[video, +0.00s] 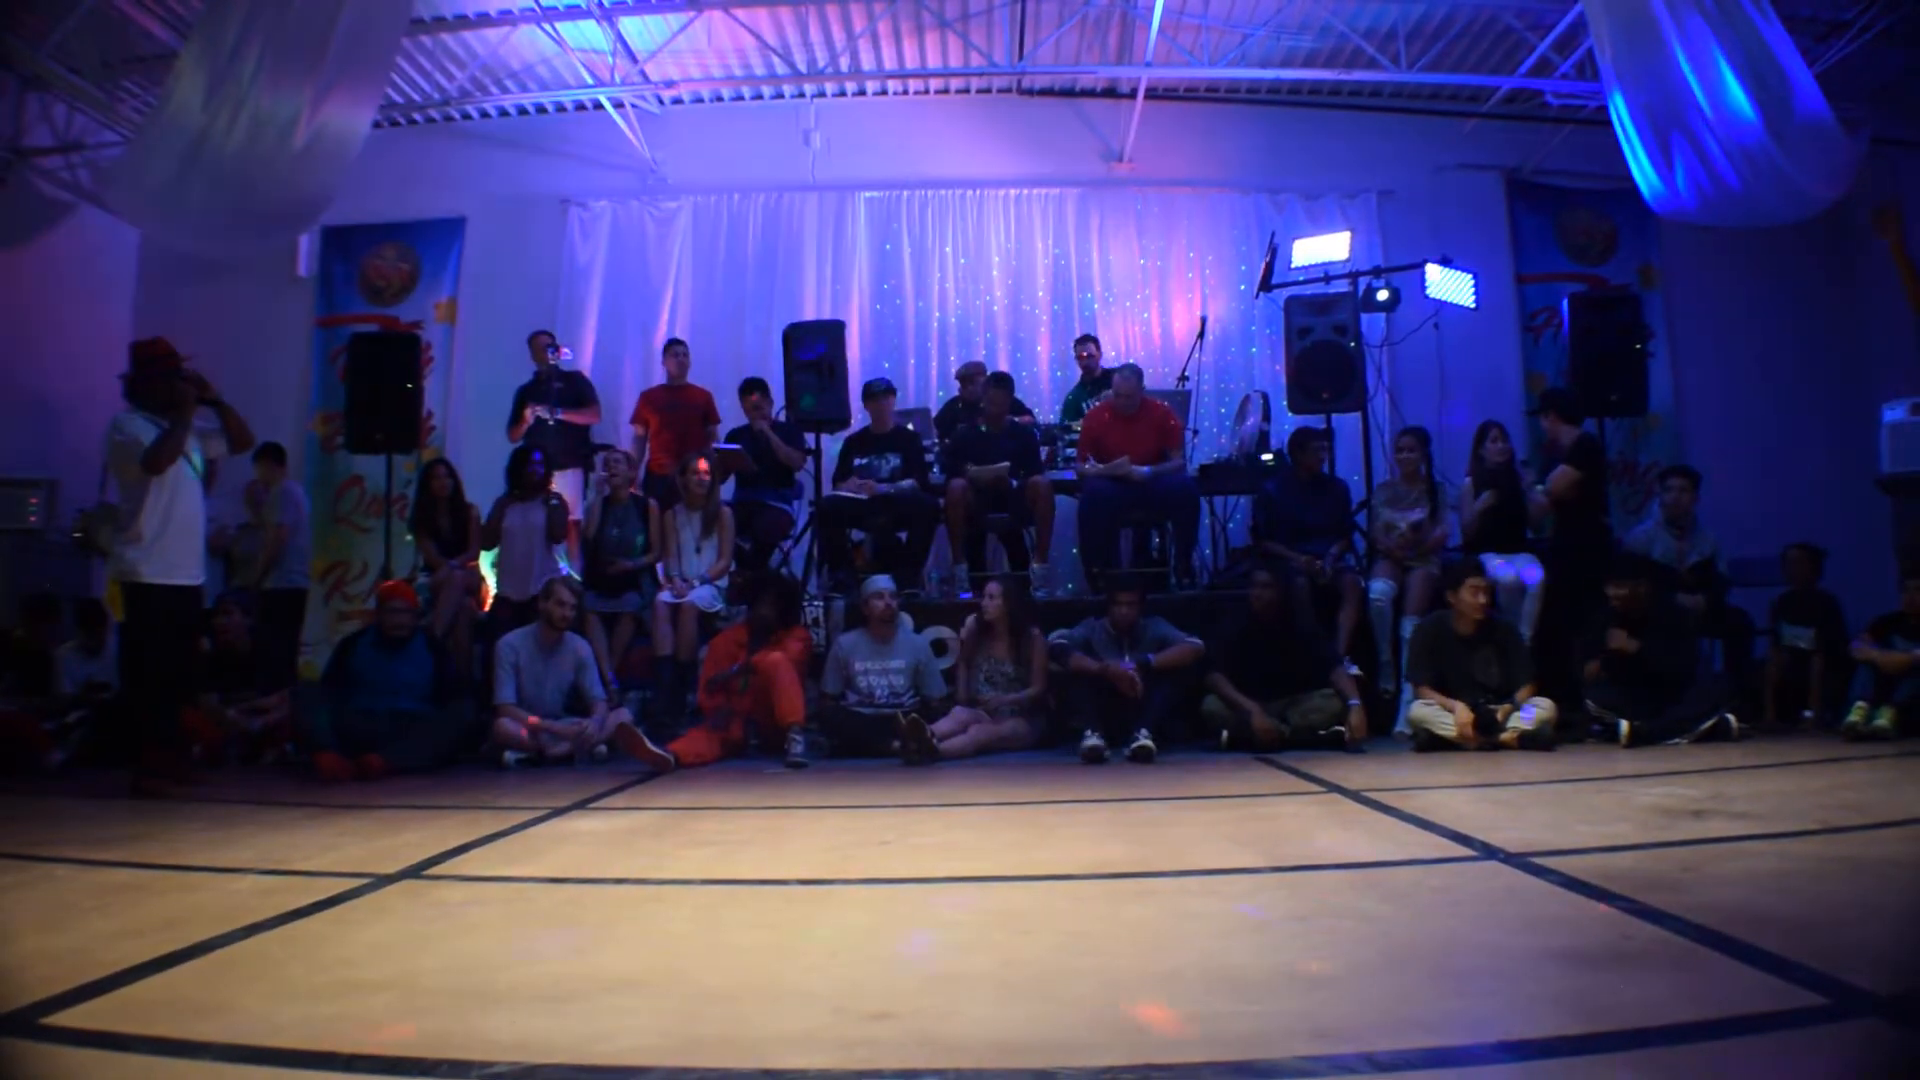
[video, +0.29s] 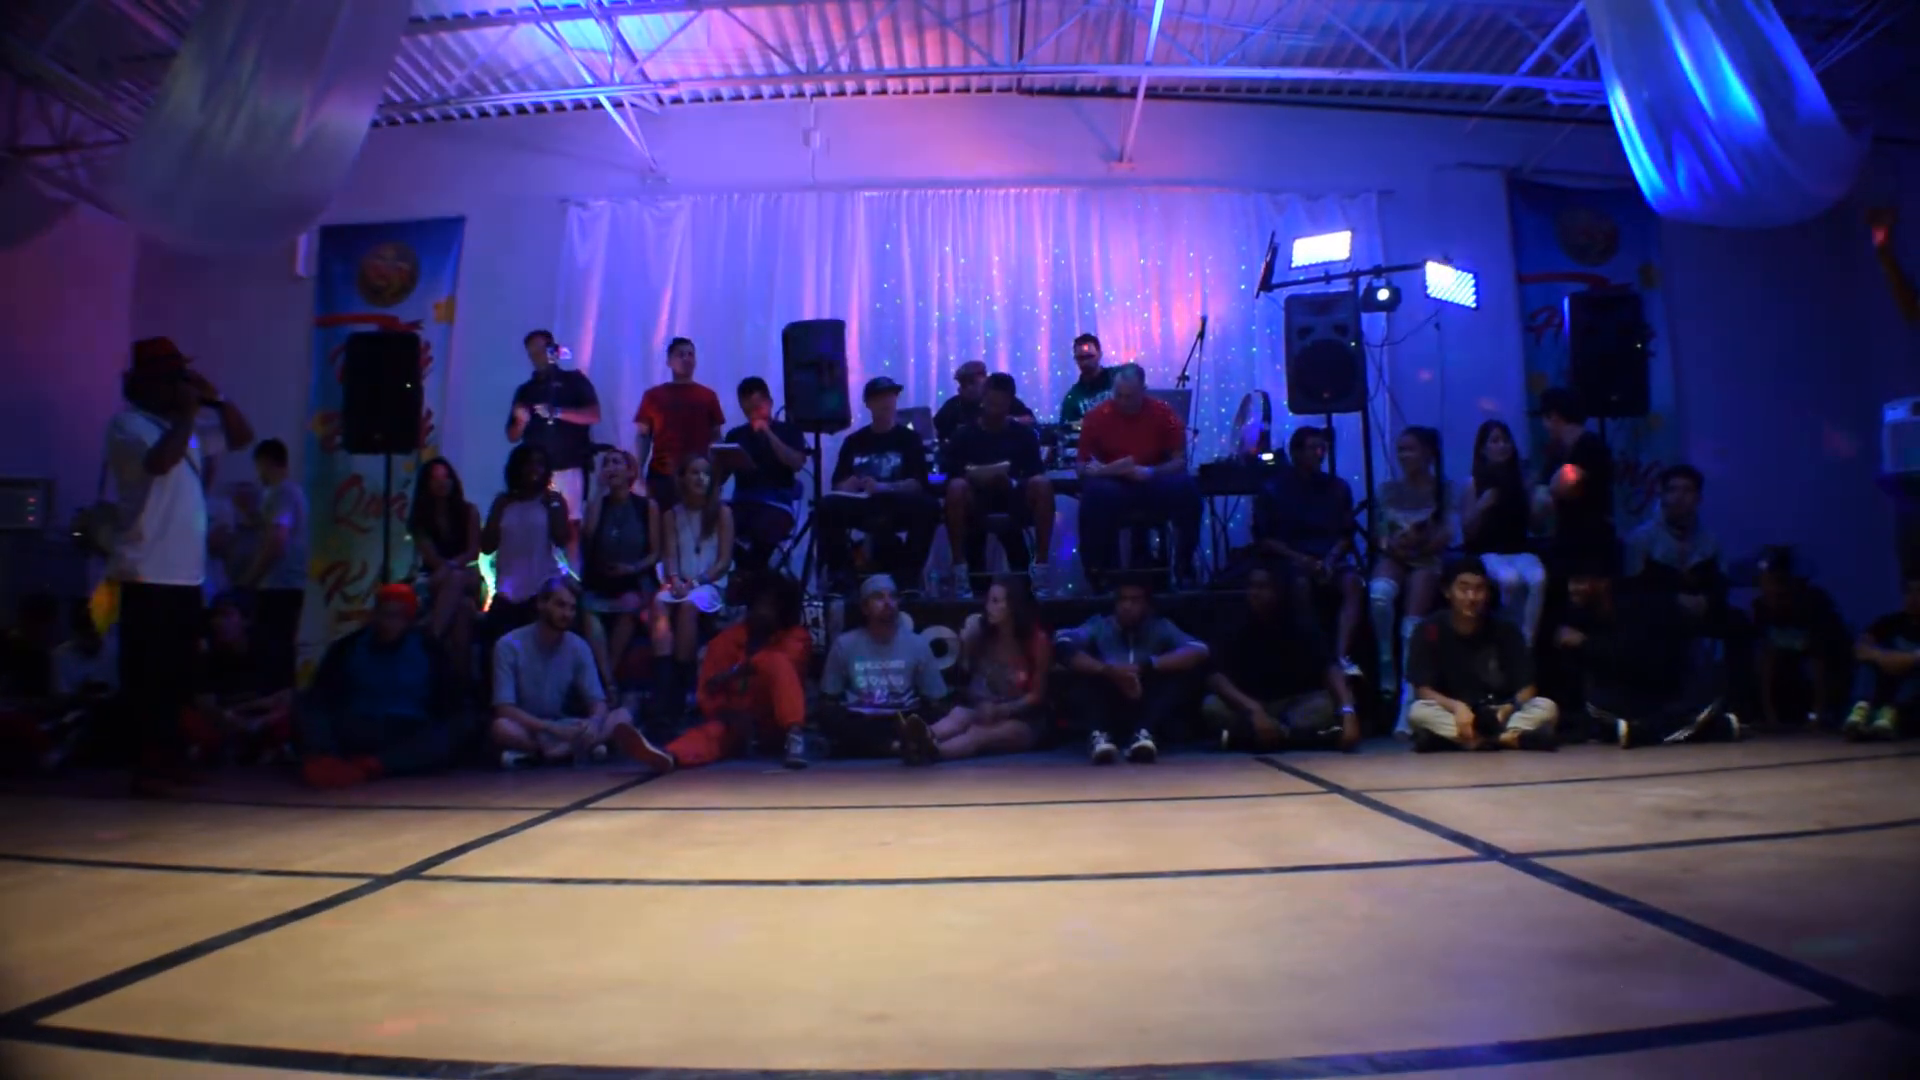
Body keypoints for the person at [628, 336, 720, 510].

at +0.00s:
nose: (681, 360)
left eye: (685, 355)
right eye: (675, 355)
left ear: (690, 361)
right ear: (664, 362)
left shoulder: (703, 397)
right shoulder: (649, 397)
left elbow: (712, 438)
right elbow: (639, 440)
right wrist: (632, 477)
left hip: (694, 478)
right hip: (659, 477)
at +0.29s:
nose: (686, 359)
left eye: (690, 354)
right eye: (680, 355)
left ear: (695, 360)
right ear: (669, 361)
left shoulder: (708, 396)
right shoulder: (653, 396)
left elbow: (716, 437)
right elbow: (643, 436)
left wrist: (716, 476)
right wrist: (638, 475)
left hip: (698, 477)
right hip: (662, 476)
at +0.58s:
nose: (690, 359)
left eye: (693, 354)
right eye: (684, 353)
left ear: (698, 359)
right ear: (673, 358)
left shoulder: (709, 396)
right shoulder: (656, 394)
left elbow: (717, 432)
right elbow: (639, 433)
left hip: (697, 477)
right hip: (662, 473)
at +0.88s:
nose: (687, 360)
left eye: (691, 354)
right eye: (681, 355)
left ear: (697, 359)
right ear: (672, 360)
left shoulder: (711, 395)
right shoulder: (659, 391)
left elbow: (719, 435)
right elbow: (632, 406)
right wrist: (659, 368)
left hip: (697, 478)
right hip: (663, 475)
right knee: (661, 533)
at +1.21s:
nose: (686, 360)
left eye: (690, 355)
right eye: (680, 355)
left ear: (697, 360)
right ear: (671, 360)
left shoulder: (710, 395)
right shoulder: (660, 391)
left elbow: (718, 435)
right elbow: (636, 398)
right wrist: (666, 364)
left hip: (696, 477)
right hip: (662, 474)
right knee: (660, 530)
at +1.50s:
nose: (685, 360)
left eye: (689, 355)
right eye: (680, 355)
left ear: (696, 360)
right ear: (670, 360)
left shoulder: (709, 395)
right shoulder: (659, 391)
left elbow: (718, 437)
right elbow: (636, 398)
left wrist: (717, 481)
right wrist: (666, 364)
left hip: (696, 479)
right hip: (662, 476)